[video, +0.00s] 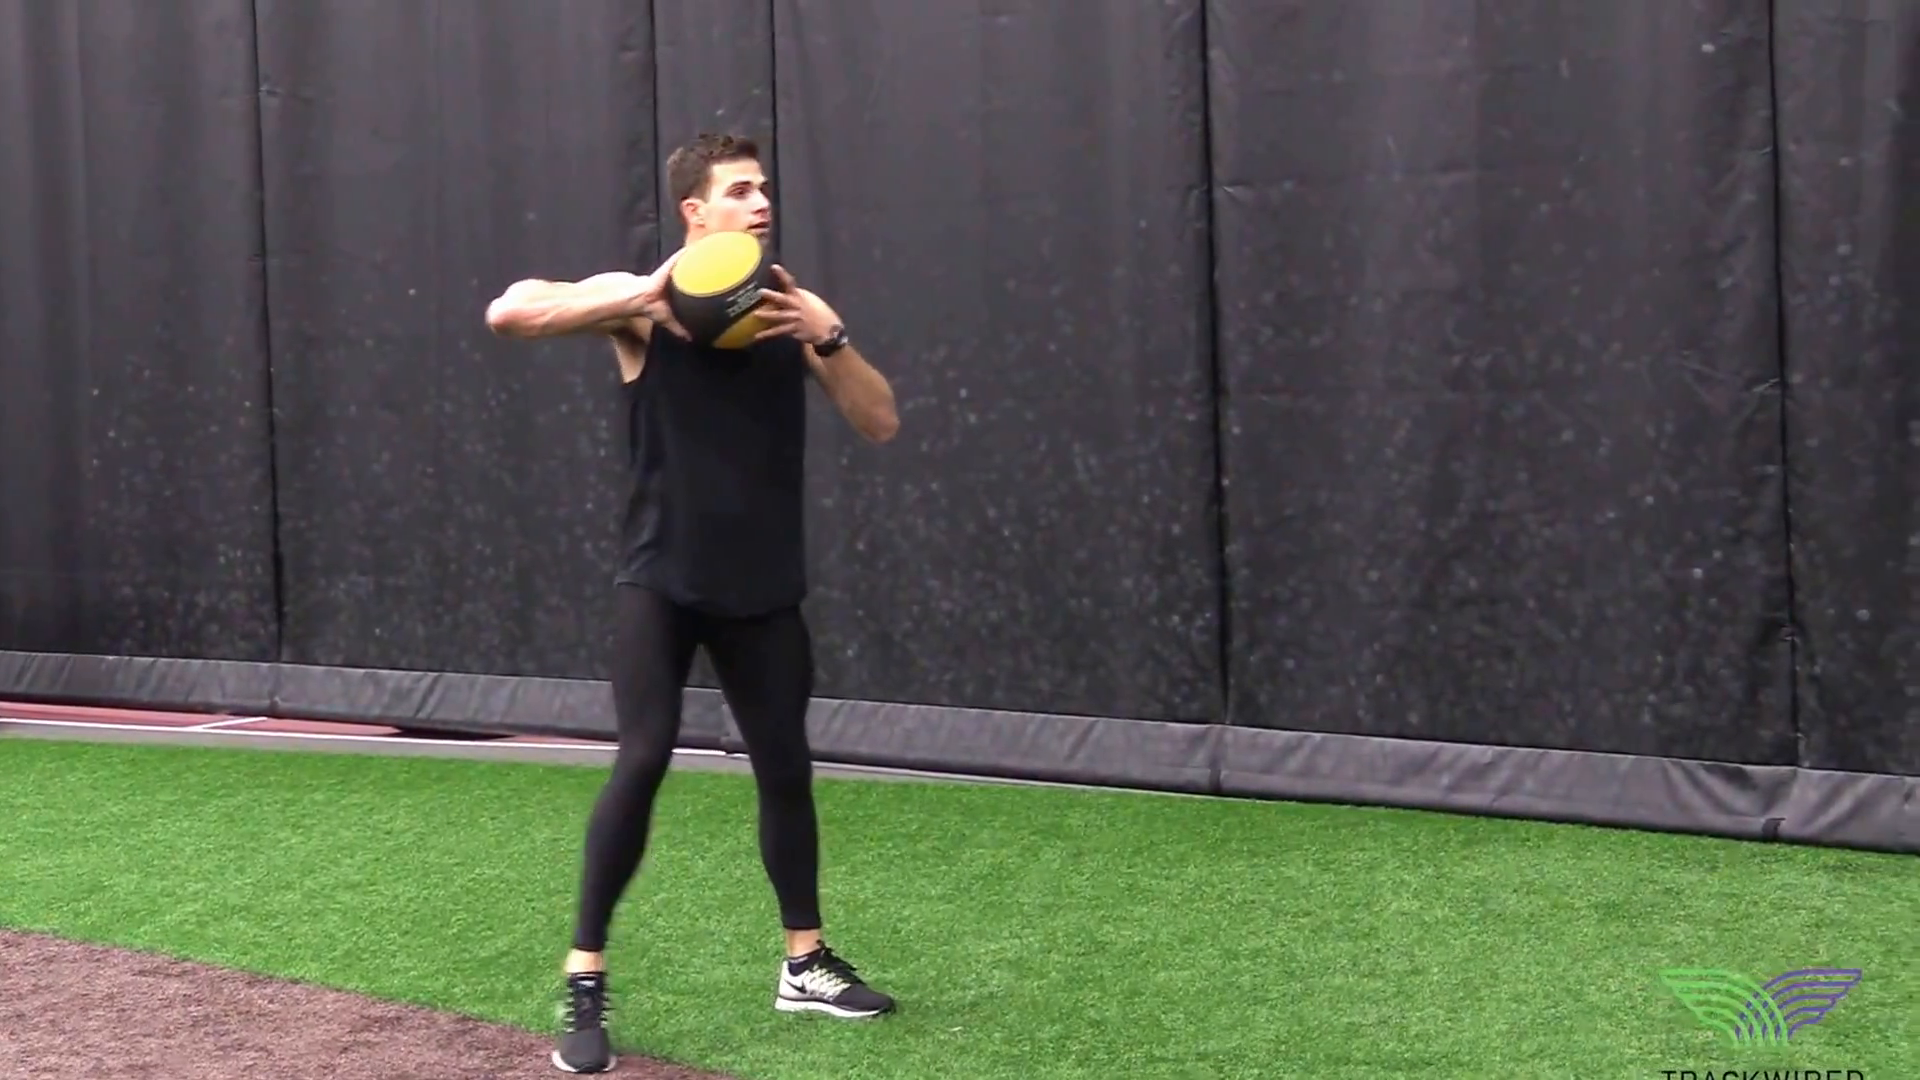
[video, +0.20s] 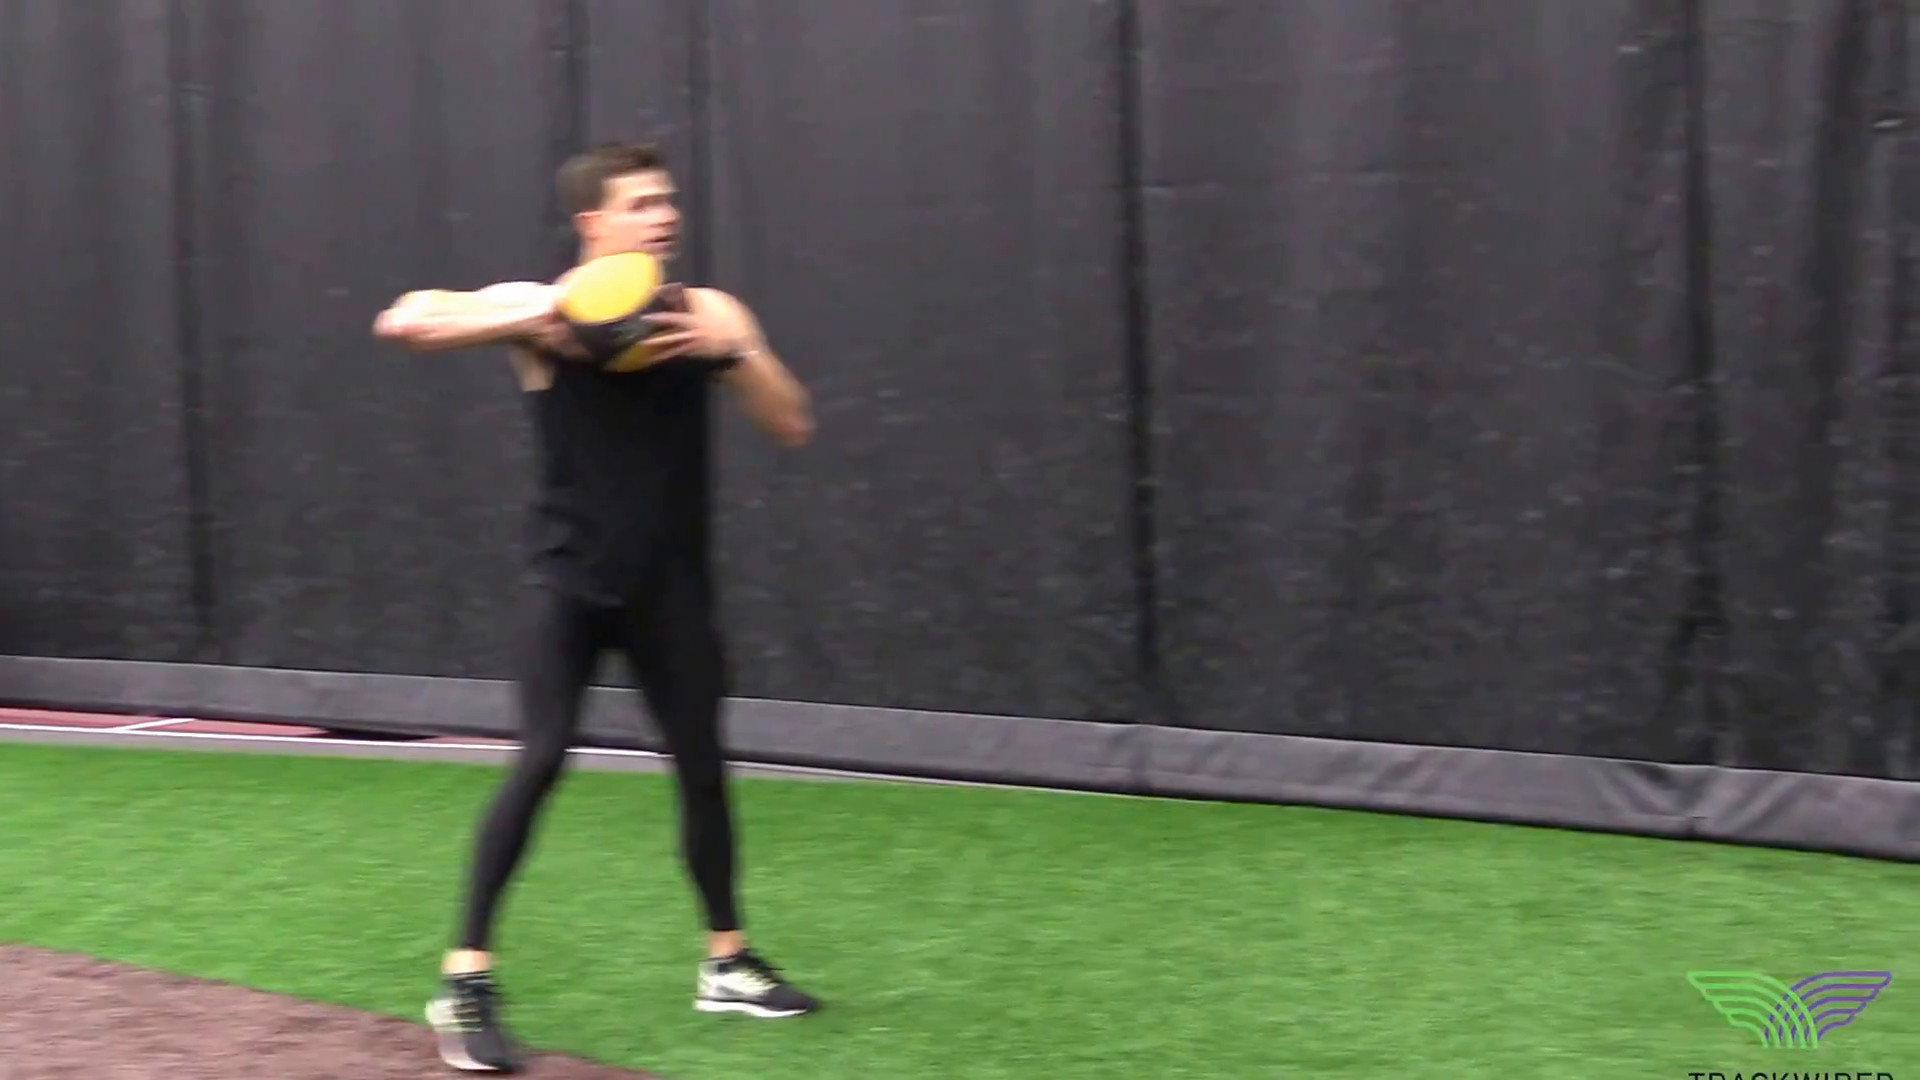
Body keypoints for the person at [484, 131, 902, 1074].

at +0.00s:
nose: (760, 207)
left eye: (765, 194)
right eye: (740, 193)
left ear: (769, 213)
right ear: (692, 209)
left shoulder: (791, 309)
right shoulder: (640, 295)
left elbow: (881, 421)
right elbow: (508, 311)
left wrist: (832, 339)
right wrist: (631, 300)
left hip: (762, 579)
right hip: (660, 574)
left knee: (787, 767)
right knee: (644, 755)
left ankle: (806, 960)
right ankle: (585, 975)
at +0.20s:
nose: (662, 220)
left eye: (667, 205)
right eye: (640, 206)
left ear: (676, 219)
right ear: (588, 223)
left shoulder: (705, 312)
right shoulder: (542, 307)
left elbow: (794, 425)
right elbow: (401, 320)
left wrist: (742, 345)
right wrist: (538, 319)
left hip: (672, 580)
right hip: (569, 578)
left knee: (703, 764)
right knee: (542, 754)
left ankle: (728, 960)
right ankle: (466, 975)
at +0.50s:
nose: (551, 257)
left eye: (554, 239)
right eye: (529, 246)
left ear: (562, 246)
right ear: (480, 265)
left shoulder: (608, 333)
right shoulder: (442, 338)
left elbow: (696, 449)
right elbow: (287, 354)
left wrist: (612, 397)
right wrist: (400, 362)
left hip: (592, 604)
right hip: (484, 604)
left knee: (648, 775)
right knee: (449, 782)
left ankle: (682, 962)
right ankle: (378, 994)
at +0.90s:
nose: (455, 352)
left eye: (456, 332)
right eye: (432, 344)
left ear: (464, 322)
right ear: (382, 362)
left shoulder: (517, 397)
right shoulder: (340, 411)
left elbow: (601, 518)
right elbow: (189, 425)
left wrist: (501, 496)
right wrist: (292, 455)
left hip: (542, 619)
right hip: (431, 629)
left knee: (638, 782)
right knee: (415, 796)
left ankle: (690, 938)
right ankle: (377, 1010)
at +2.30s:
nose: (494, 338)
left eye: (486, 326)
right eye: (475, 337)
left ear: (481, 339)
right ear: (431, 370)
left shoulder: (529, 382)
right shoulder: (384, 451)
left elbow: (648, 457)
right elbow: (249, 517)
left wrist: (569, 429)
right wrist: (372, 483)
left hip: (539, 651)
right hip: (454, 667)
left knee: (680, 770)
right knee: (492, 822)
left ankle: (657, 965)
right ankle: (390, 1013)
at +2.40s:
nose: (501, 287)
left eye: (493, 276)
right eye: (485, 283)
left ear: (469, 307)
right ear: (450, 316)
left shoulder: (527, 360)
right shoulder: (410, 417)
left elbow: (656, 386)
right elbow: (319, 504)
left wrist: (590, 355)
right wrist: (433, 432)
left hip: (557, 637)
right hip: (487, 651)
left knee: (679, 767)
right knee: (521, 818)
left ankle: (662, 963)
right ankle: (392, 1002)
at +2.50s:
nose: (502, 248)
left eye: (493, 237)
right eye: (488, 243)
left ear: (460, 280)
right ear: (462, 277)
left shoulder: (522, 334)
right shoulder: (447, 378)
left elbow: (627, 338)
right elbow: (430, 448)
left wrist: (607, 294)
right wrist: (530, 347)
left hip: (573, 618)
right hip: (529, 627)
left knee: (665, 763)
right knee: (550, 810)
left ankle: (662, 963)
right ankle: (395, 985)